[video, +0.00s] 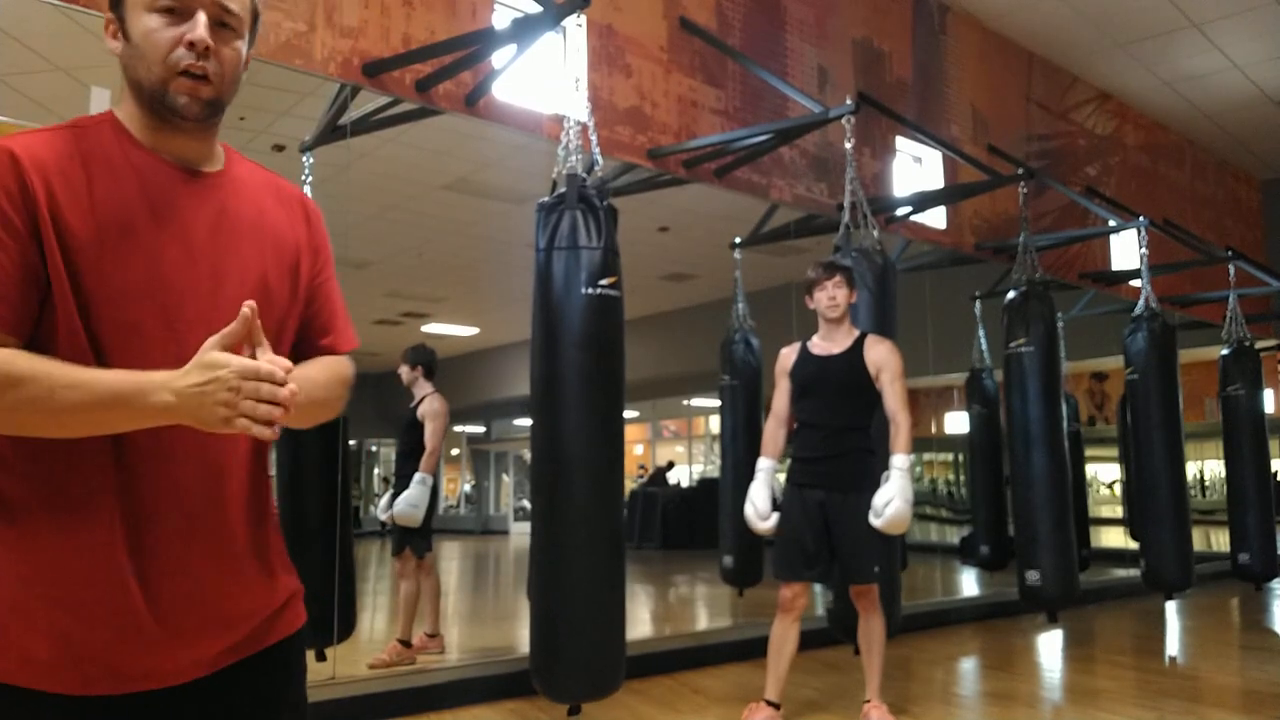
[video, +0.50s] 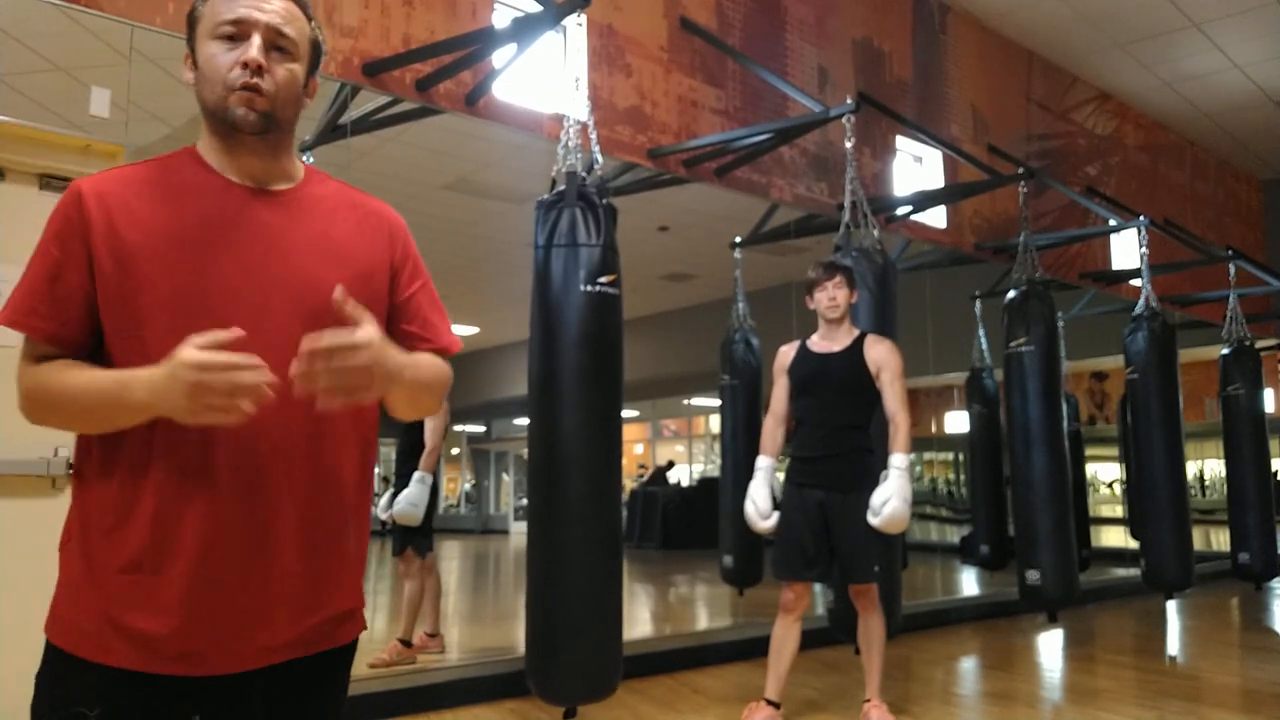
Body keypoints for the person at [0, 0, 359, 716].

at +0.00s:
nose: (200, 36)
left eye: (225, 24)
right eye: (172, 11)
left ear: (246, 59)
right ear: (115, 30)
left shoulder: (291, 212)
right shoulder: (26, 173)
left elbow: (335, 367)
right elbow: (4, 374)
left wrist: (277, 393)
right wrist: (172, 395)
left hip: (246, 643)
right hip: (55, 657)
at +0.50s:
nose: (253, 56)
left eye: (279, 47)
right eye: (230, 35)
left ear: (308, 87)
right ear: (189, 65)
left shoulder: (376, 229)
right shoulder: (99, 209)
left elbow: (433, 386)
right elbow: (37, 388)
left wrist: (388, 369)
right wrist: (154, 389)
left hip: (301, 648)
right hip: (117, 645)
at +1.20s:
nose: (173, 79)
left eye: (200, 59)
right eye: (148, 53)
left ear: (232, 83)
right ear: (109, 66)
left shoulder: (292, 229)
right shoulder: (22, 195)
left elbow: (327, 407)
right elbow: (2, 375)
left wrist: (314, 337)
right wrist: (133, 383)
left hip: (237, 640)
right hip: (47, 642)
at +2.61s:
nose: (273, 111)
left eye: (302, 96)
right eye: (255, 81)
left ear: (328, 119)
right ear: (215, 84)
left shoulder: (366, 255)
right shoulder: (115, 214)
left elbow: (394, 418)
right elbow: (56, 392)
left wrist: (342, 376)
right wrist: (223, 428)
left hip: (282, 647)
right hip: (107, 639)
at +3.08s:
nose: (250, 93)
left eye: (276, 77)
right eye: (229, 65)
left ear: (300, 103)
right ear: (183, 72)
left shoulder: (344, 244)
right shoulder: (76, 215)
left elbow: (399, 404)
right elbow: (6, 373)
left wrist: (323, 341)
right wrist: (133, 378)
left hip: (289, 650)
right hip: (96, 648)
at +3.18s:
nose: (197, 76)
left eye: (224, 60)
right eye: (174, 51)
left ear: (255, 88)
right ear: (132, 67)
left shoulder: (320, 233)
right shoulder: (40, 219)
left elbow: (397, 389)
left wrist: (326, 353)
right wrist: (72, 347)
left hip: (286, 645)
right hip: (83, 648)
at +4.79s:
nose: (259, 92)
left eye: (290, 78)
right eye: (241, 61)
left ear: (313, 103)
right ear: (195, 61)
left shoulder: (355, 243)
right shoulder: (82, 210)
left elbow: (401, 391)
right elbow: (7, 381)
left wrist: (381, 423)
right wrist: (145, 423)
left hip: (277, 658)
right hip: (91, 653)